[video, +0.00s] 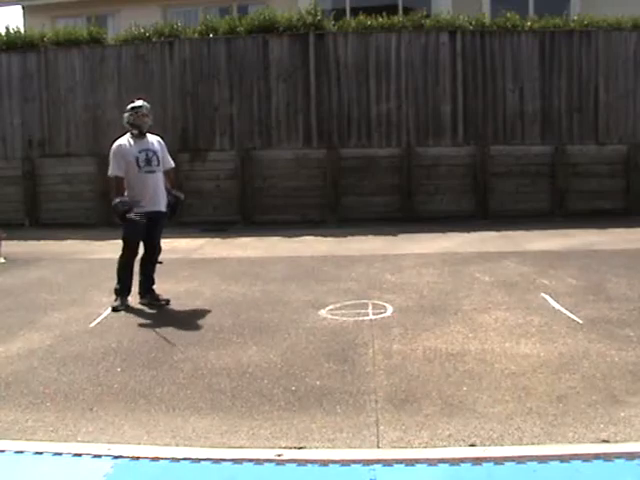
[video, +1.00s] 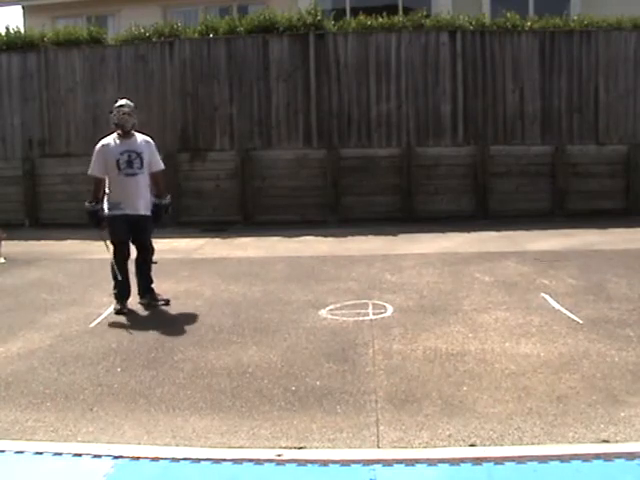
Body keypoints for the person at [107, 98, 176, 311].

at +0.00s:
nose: (142, 119)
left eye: (145, 115)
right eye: (136, 115)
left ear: (150, 118)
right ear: (128, 119)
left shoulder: (157, 142)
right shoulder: (120, 146)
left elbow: (168, 169)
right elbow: (118, 178)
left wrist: (173, 191)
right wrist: (118, 202)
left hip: (157, 207)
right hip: (134, 208)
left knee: (152, 252)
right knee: (129, 252)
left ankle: (147, 291)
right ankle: (122, 294)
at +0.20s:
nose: (143, 119)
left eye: (147, 115)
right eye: (138, 115)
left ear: (152, 118)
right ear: (129, 119)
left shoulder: (157, 142)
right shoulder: (122, 146)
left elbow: (168, 170)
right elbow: (119, 178)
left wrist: (173, 192)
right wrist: (119, 202)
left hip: (158, 207)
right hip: (136, 208)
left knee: (153, 251)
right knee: (132, 251)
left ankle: (147, 291)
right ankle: (121, 294)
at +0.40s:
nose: (145, 119)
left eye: (148, 115)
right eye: (140, 116)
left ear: (152, 118)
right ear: (131, 119)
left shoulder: (157, 142)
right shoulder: (122, 146)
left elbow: (167, 171)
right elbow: (118, 178)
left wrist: (171, 195)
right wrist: (117, 204)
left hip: (156, 207)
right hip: (134, 207)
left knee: (152, 251)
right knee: (131, 250)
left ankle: (147, 291)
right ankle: (116, 290)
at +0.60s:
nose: (141, 119)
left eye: (144, 115)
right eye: (135, 115)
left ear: (149, 118)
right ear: (127, 119)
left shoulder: (155, 142)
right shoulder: (119, 146)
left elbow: (166, 171)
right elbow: (112, 178)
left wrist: (171, 194)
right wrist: (112, 202)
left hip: (155, 207)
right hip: (131, 208)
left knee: (151, 252)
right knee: (129, 253)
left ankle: (147, 291)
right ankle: (123, 296)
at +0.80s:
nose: (134, 119)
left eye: (137, 115)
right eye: (129, 115)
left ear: (143, 118)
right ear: (121, 118)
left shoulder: (152, 143)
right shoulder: (112, 146)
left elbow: (162, 172)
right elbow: (106, 178)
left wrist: (169, 196)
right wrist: (105, 203)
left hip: (149, 208)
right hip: (124, 208)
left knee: (148, 252)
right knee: (125, 253)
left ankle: (147, 293)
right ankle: (122, 297)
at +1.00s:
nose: (125, 119)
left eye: (129, 115)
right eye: (120, 115)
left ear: (134, 118)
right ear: (114, 119)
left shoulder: (146, 143)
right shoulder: (104, 147)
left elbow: (156, 173)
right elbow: (99, 180)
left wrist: (162, 198)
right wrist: (95, 207)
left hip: (142, 208)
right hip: (117, 209)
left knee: (146, 251)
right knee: (121, 254)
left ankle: (146, 292)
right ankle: (121, 297)